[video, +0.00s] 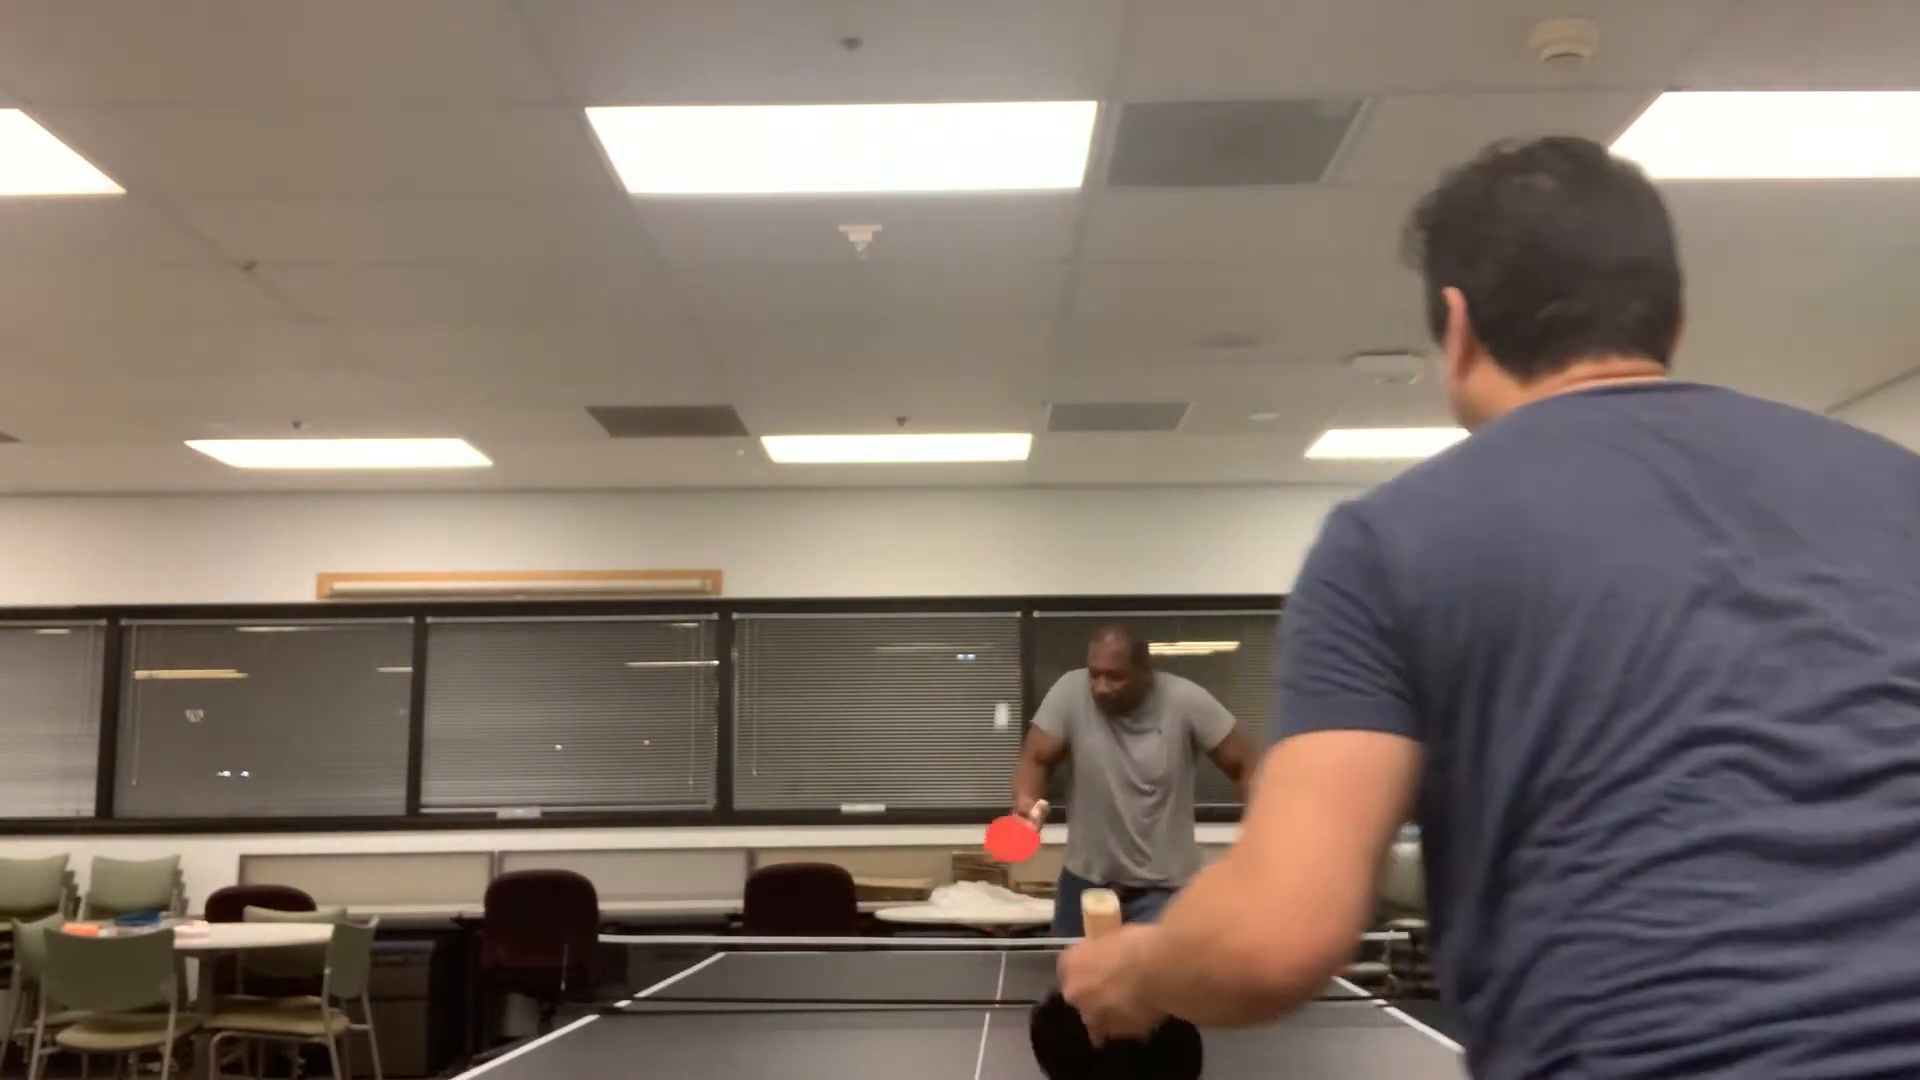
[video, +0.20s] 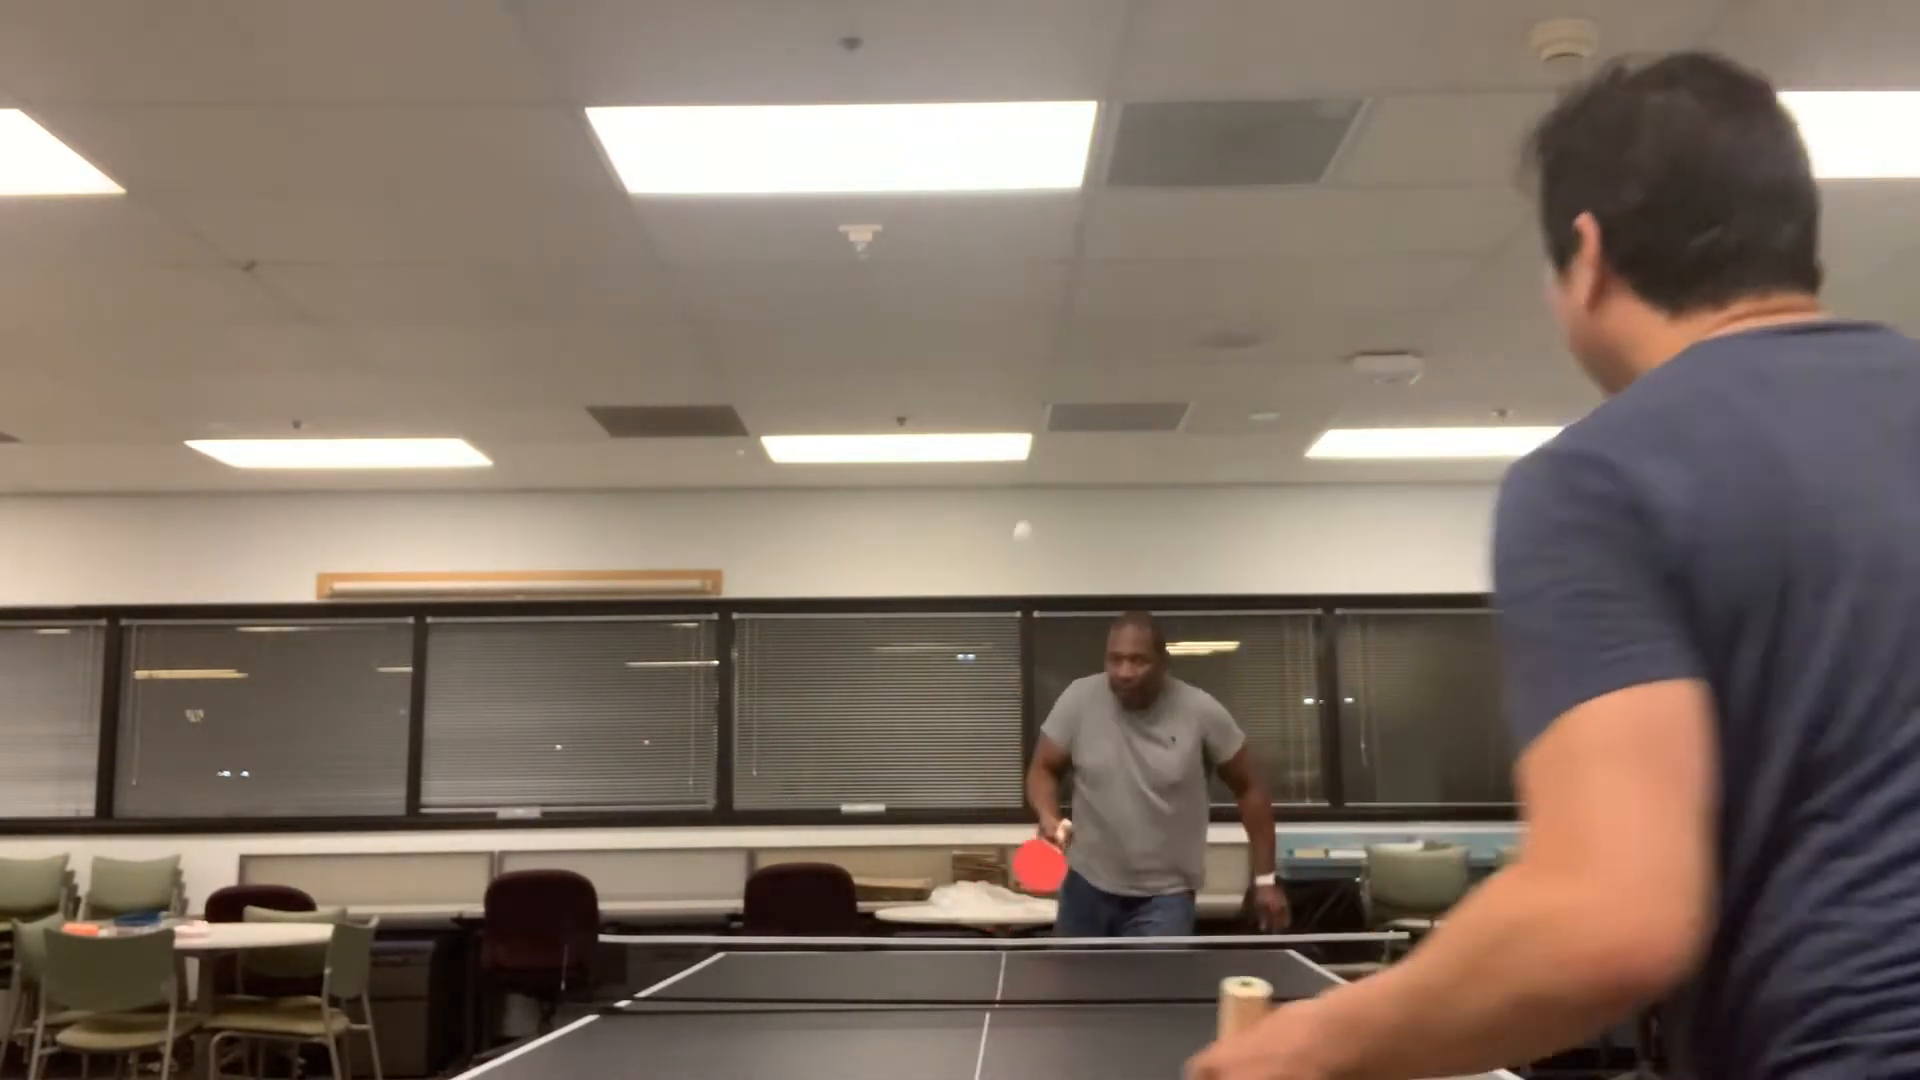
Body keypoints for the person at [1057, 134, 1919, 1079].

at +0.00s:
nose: (1437, 374)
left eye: (1428, 338)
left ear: (1459, 325)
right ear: (1666, 315)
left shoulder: (1402, 533)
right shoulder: (1890, 477)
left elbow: (1282, 940)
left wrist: (1141, 971)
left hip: (1621, 1047)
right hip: (1895, 1040)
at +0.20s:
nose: (1555, 301)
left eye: (1550, 261)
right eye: (1548, 265)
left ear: (1590, 257)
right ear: (1794, 232)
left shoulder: (1603, 475)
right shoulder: (1902, 376)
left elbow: (1616, 917)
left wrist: (1318, 1039)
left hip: (1846, 1044)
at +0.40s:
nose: (1607, 253)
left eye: (1601, 206)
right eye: (1599, 210)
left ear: (1652, 191)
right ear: (1850, 169)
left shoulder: (1760, 414)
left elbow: (1892, 854)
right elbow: (1886, 849)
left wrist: (1505, 1047)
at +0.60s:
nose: (1607, 302)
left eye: (1599, 256)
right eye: (1594, 262)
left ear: (1663, 233)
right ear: (1828, 193)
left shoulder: (1837, 453)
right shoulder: (1888, 389)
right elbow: (1910, 763)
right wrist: (1834, 914)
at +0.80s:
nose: (1673, 371)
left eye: (1663, 322)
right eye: (1659, 327)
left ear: (1744, 292)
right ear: (1739, 297)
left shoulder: (1896, 533)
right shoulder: (1877, 527)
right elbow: (1912, 824)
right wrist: (1827, 937)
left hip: (1901, 1054)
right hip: (1882, 1053)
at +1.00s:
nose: (1754, 383)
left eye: (1754, 333)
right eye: (1745, 339)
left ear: (1856, 317)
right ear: (1854, 320)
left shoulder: (1908, 577)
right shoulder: (1906, 568)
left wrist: (1884, 968)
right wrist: (1883, 955)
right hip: (1893, 1046)